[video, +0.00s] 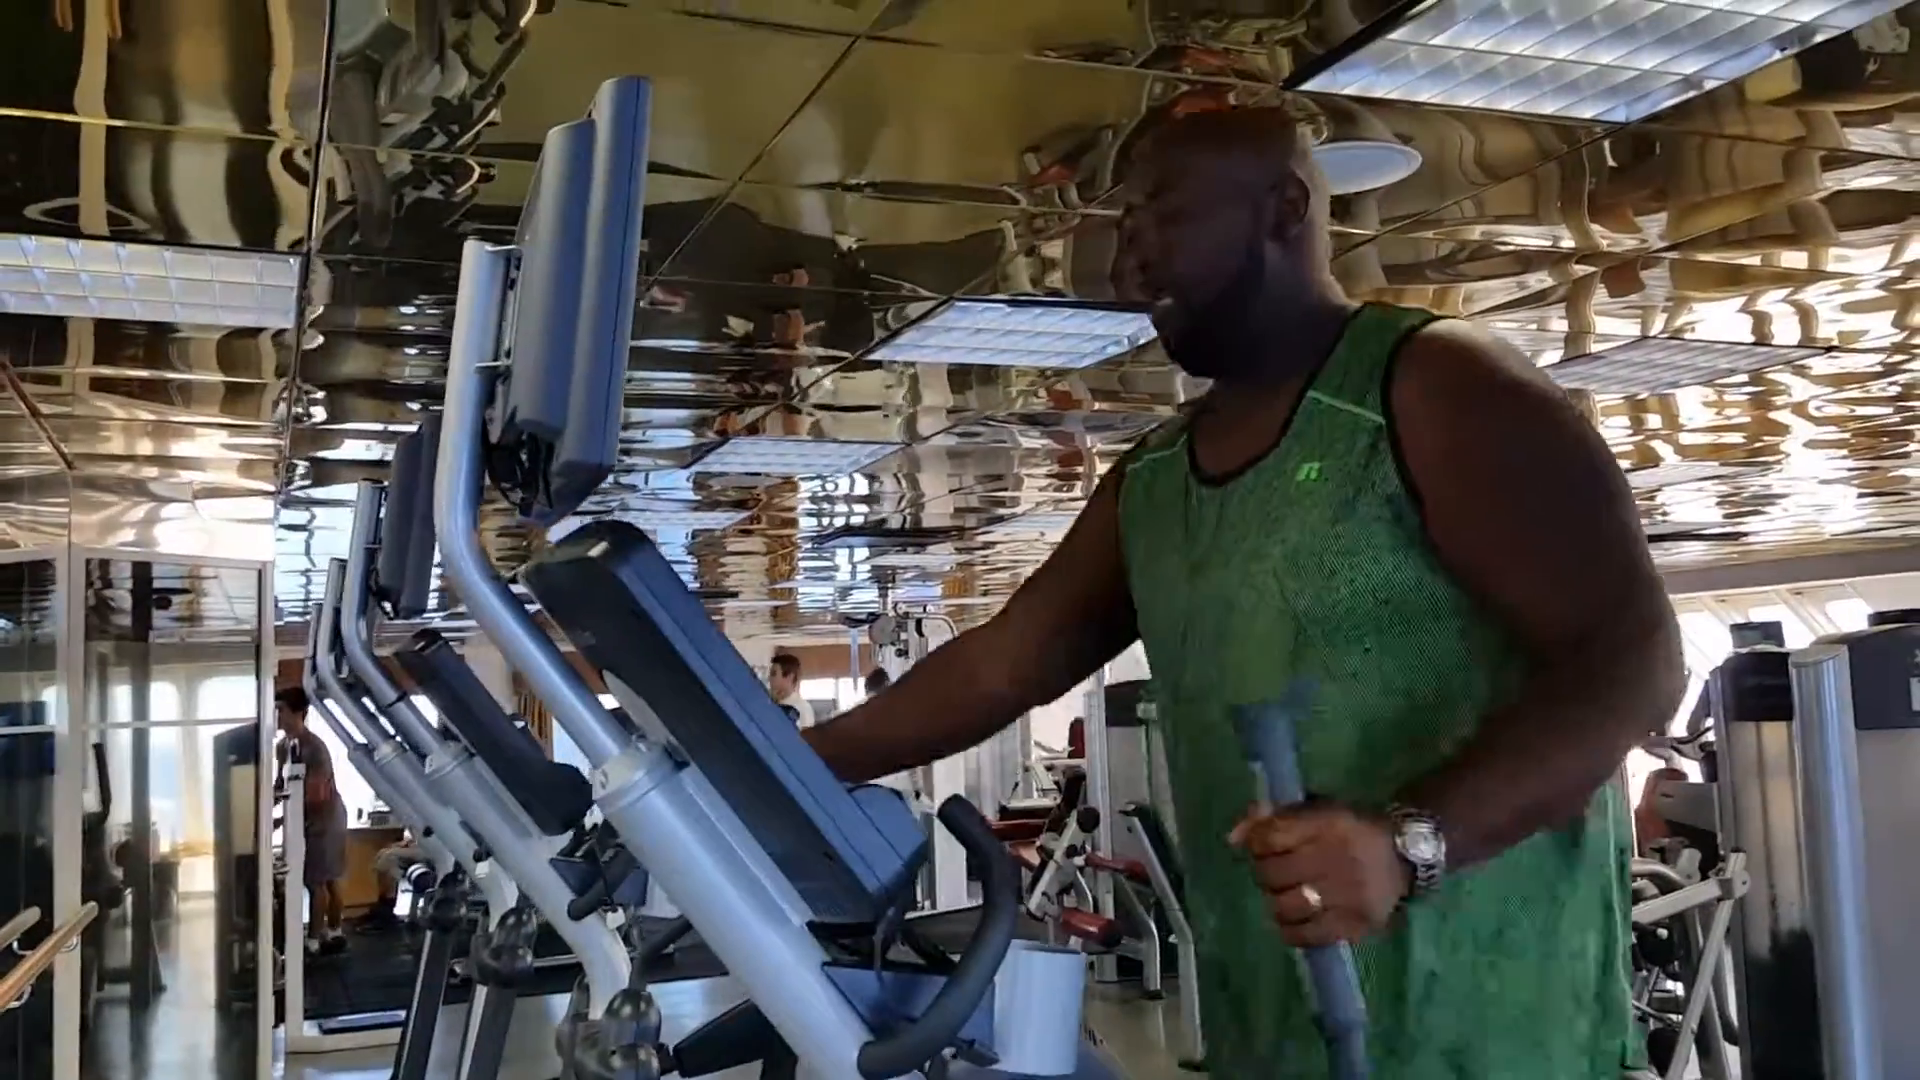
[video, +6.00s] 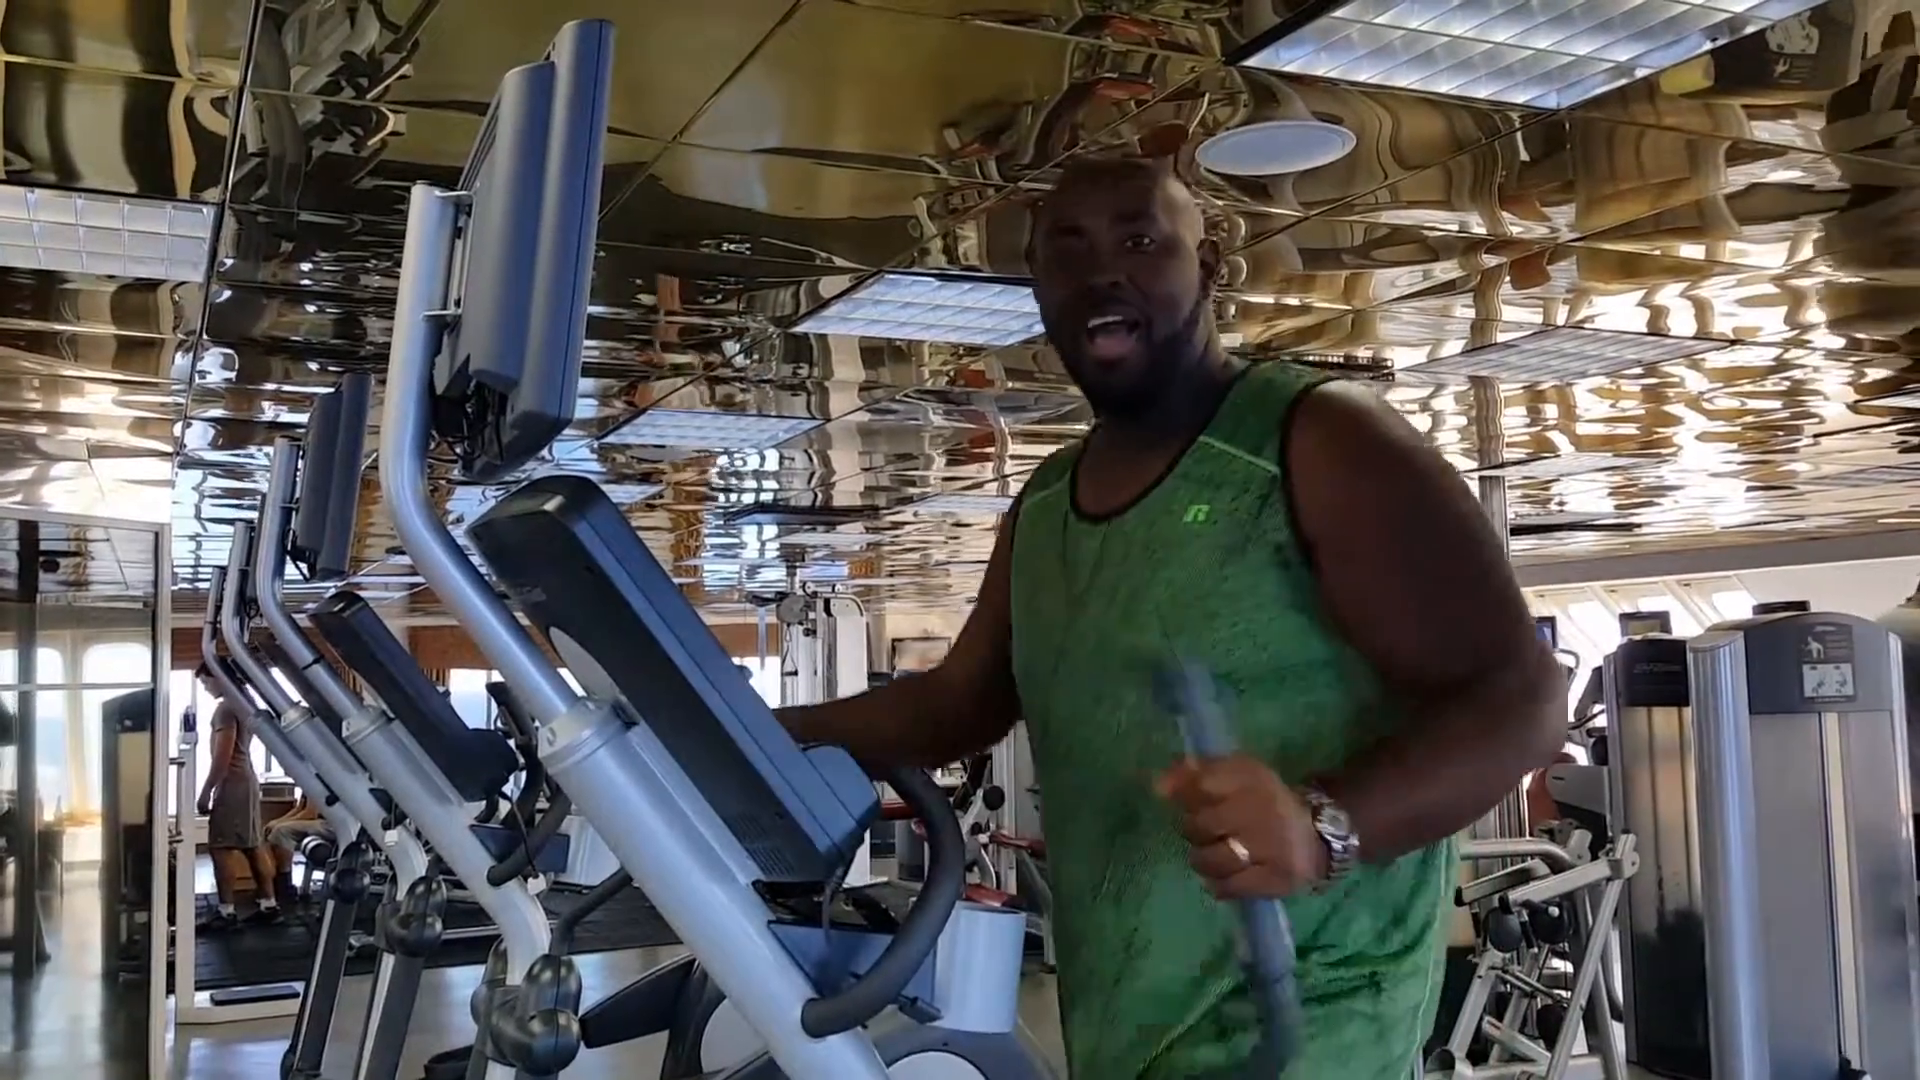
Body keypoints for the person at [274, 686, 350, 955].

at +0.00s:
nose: (277, 716)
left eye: (281, 710)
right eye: (277, 710)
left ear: (297, 713)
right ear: (291, 714)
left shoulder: (313, 746)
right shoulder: (285, 747)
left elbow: (315, 793)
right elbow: (283, 786)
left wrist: (281, 819)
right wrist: (267, 806)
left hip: (325, 816)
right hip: (307, 816)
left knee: (317, 880)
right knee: (329, 879)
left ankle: (315, 937)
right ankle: (335, 932)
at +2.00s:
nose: (261, 701)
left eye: (264, 690)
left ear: (273, 697)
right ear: (288, 698)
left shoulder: (278, 729)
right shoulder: (296, 727)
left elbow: (275, 775)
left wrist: (263, 810)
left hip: (281, 801)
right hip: (299, 801)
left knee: (270, 867)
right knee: (301, 866)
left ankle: (270, 927)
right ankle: (311, 922)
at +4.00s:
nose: (216, 681)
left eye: (219, 672)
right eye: (215, 672)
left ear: (233, 676)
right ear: (244, 677)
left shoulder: (238, 710)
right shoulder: (256, 706)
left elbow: (235, 757)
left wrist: (218, 794)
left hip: (241, 784)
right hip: (257, 782)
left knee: (231, 848)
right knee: (263, 846)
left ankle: (234, 909)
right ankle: (276, 904)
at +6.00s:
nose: (205, 687)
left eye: (205, 681)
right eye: (203, 682)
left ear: (217, 677)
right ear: (226, 678)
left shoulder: (226, 708)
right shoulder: (243, 704)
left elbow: (222, 759)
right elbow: (238, 753)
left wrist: (206, 791)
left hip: (232, 783)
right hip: (248, 781)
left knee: (220, 846)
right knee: (254, 844)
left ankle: (226, 908)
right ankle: (269, 903)